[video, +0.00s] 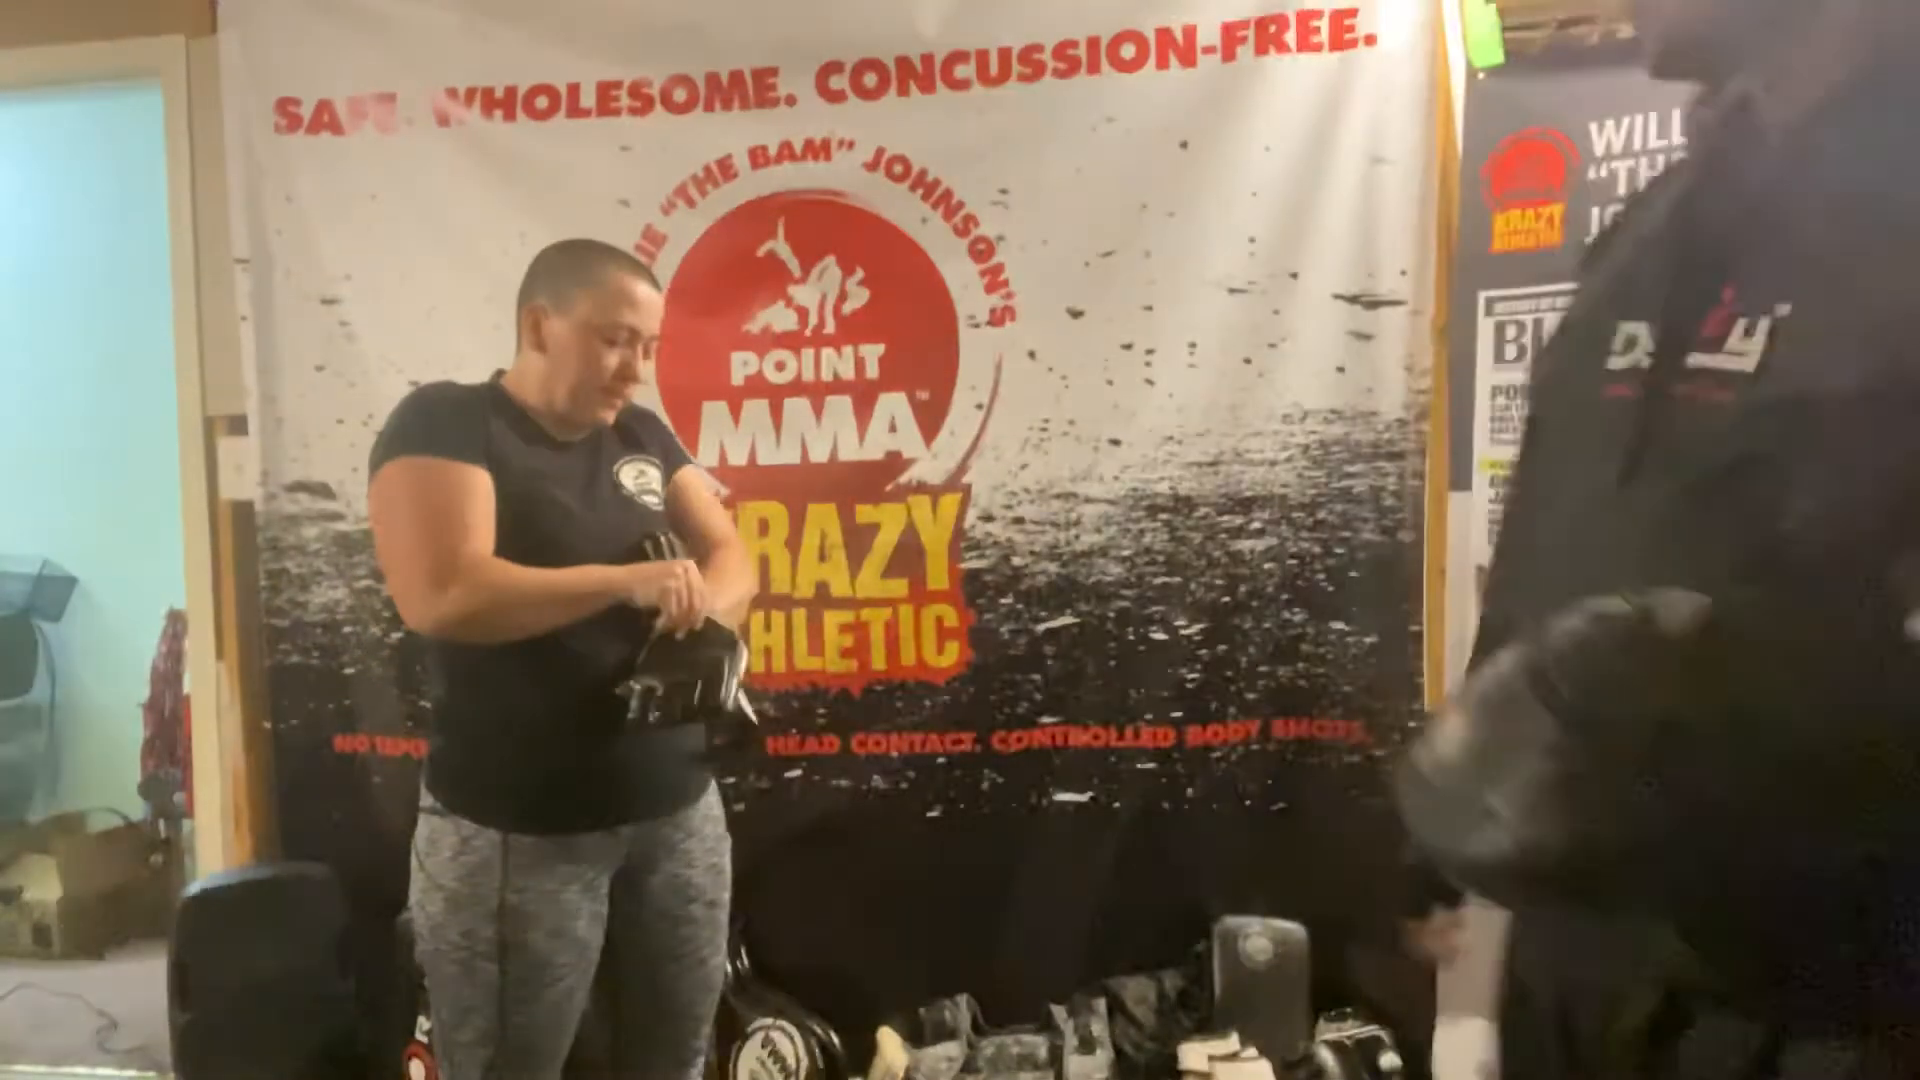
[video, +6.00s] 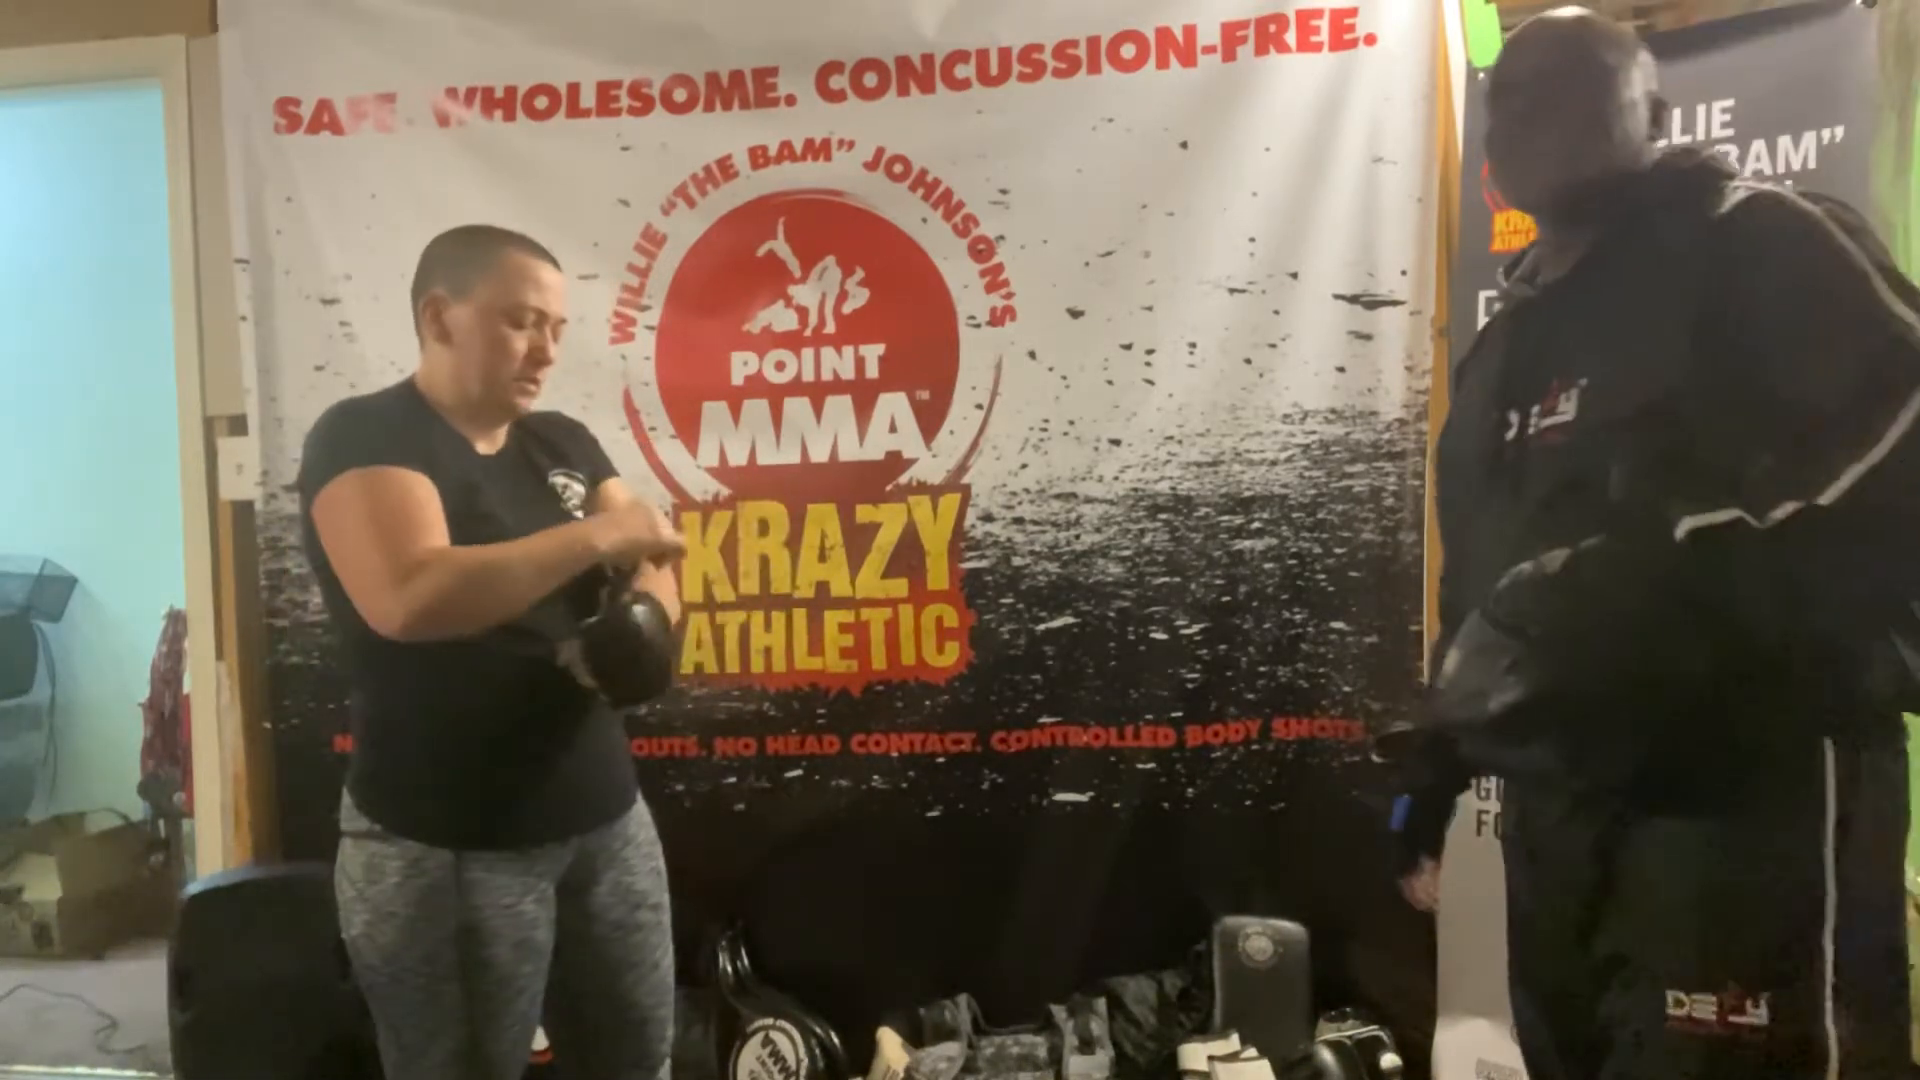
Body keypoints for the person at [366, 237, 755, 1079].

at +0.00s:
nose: (639, 370)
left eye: (648, 347)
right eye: (619, 341)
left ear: (654, 347)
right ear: (540, 326)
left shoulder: (643, 437)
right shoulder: (440, 425)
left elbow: (734, 560)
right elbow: (441, 594)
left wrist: (701, 614)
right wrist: (623, 580)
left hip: (675, 825)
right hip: (511, 841)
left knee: (666, 1066)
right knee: (502, 1068)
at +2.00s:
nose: (609, 343)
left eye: (622, 321)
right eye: (581, 318)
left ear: (633, 326)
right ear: (506, 326)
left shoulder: (647, 444)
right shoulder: (438, 433)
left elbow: (716, 596)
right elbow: (420, 615)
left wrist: (754, 592)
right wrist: (602, 577)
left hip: (668, 824)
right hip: (502, 842)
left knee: (662, 1065)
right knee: (496, 1069)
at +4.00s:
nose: (611, 343)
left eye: (620, 322)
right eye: (586, 316)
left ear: (628, 331)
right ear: (505, 319)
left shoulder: (634, 443)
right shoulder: (433, 428)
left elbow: (712, 571)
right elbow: (420, 608)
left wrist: (744, 579)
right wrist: (604, 598)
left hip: (672, 828)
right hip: (505, 846)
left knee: (664, 1065)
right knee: (501, 1068)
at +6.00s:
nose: (545, 349)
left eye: (554, 327)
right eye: (521, 320)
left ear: (562, 332)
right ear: (438, 314)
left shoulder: (562, 443)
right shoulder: (361, 438)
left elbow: (650, 555)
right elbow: (404, 597)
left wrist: (644, 627)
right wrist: (596, 536)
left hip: (604, 829)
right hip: (443, 854)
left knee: (634, 1065)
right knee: (461, 1067)